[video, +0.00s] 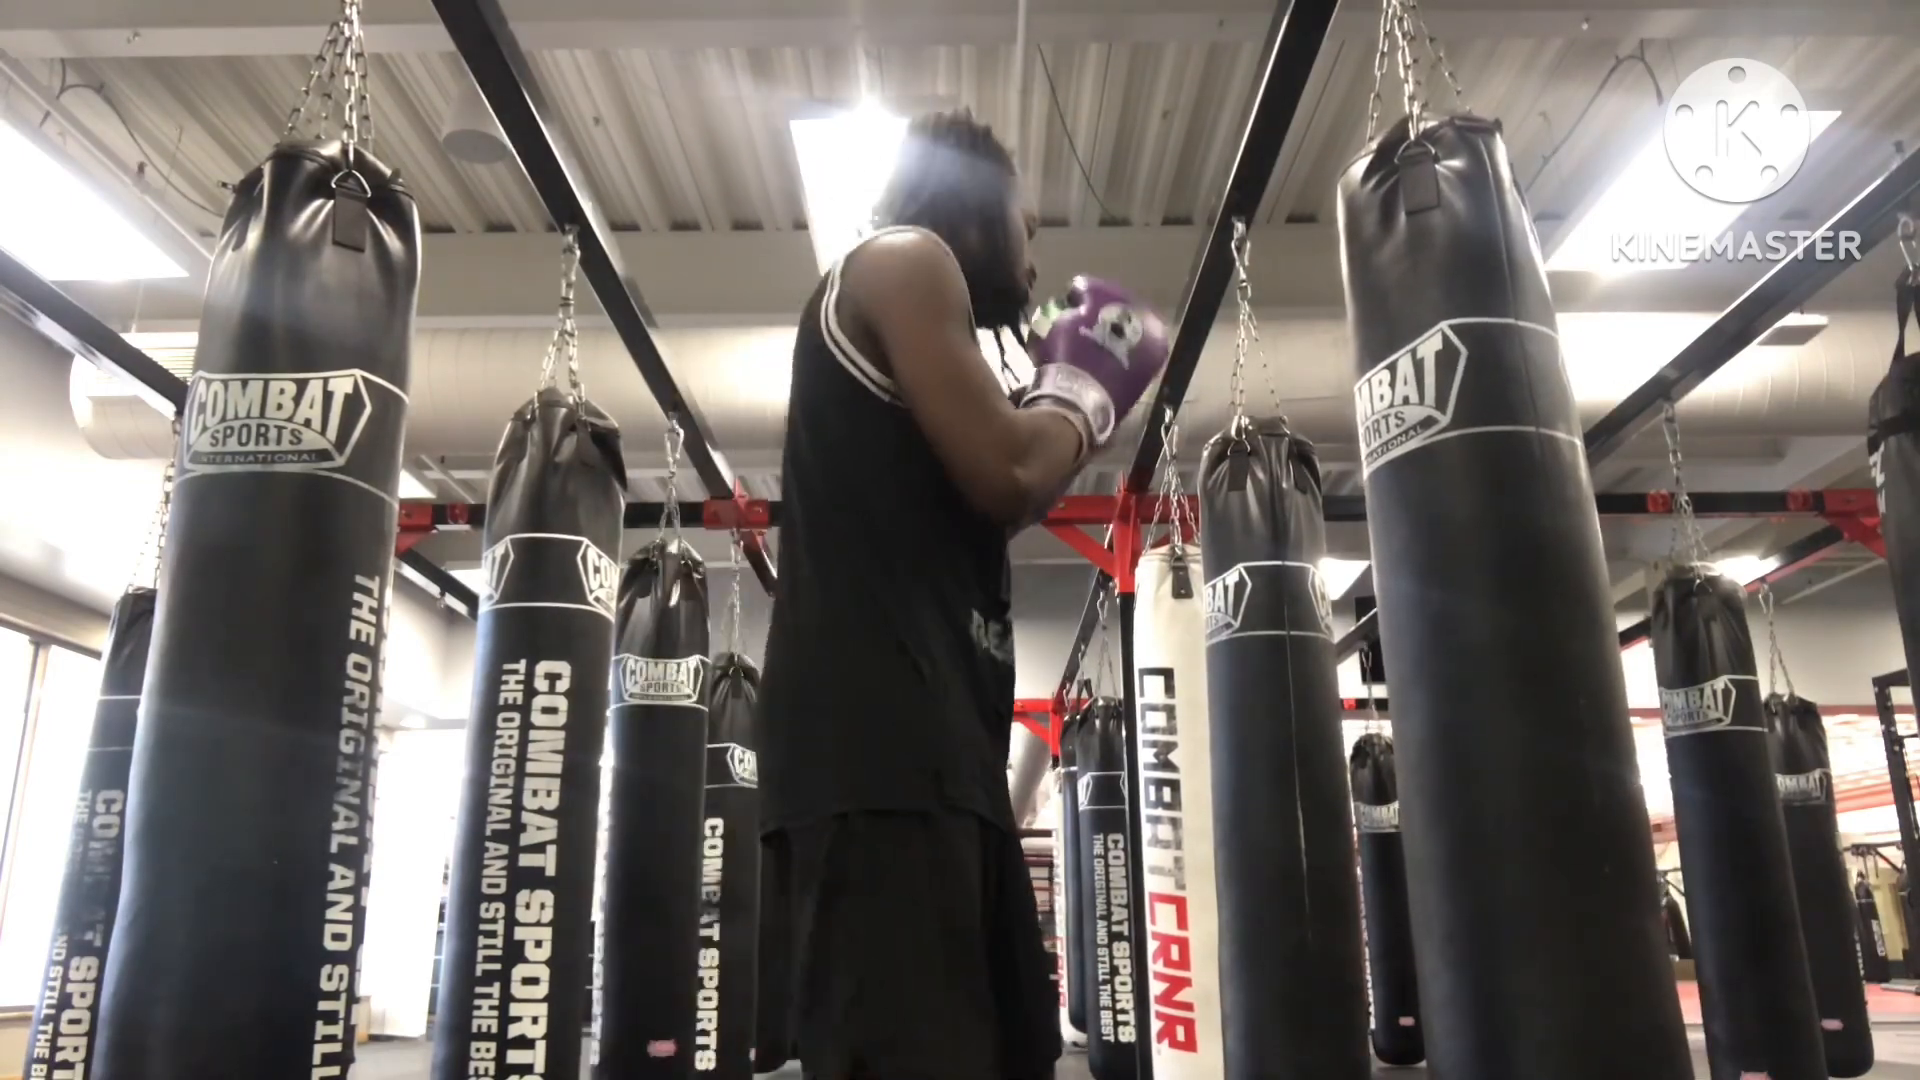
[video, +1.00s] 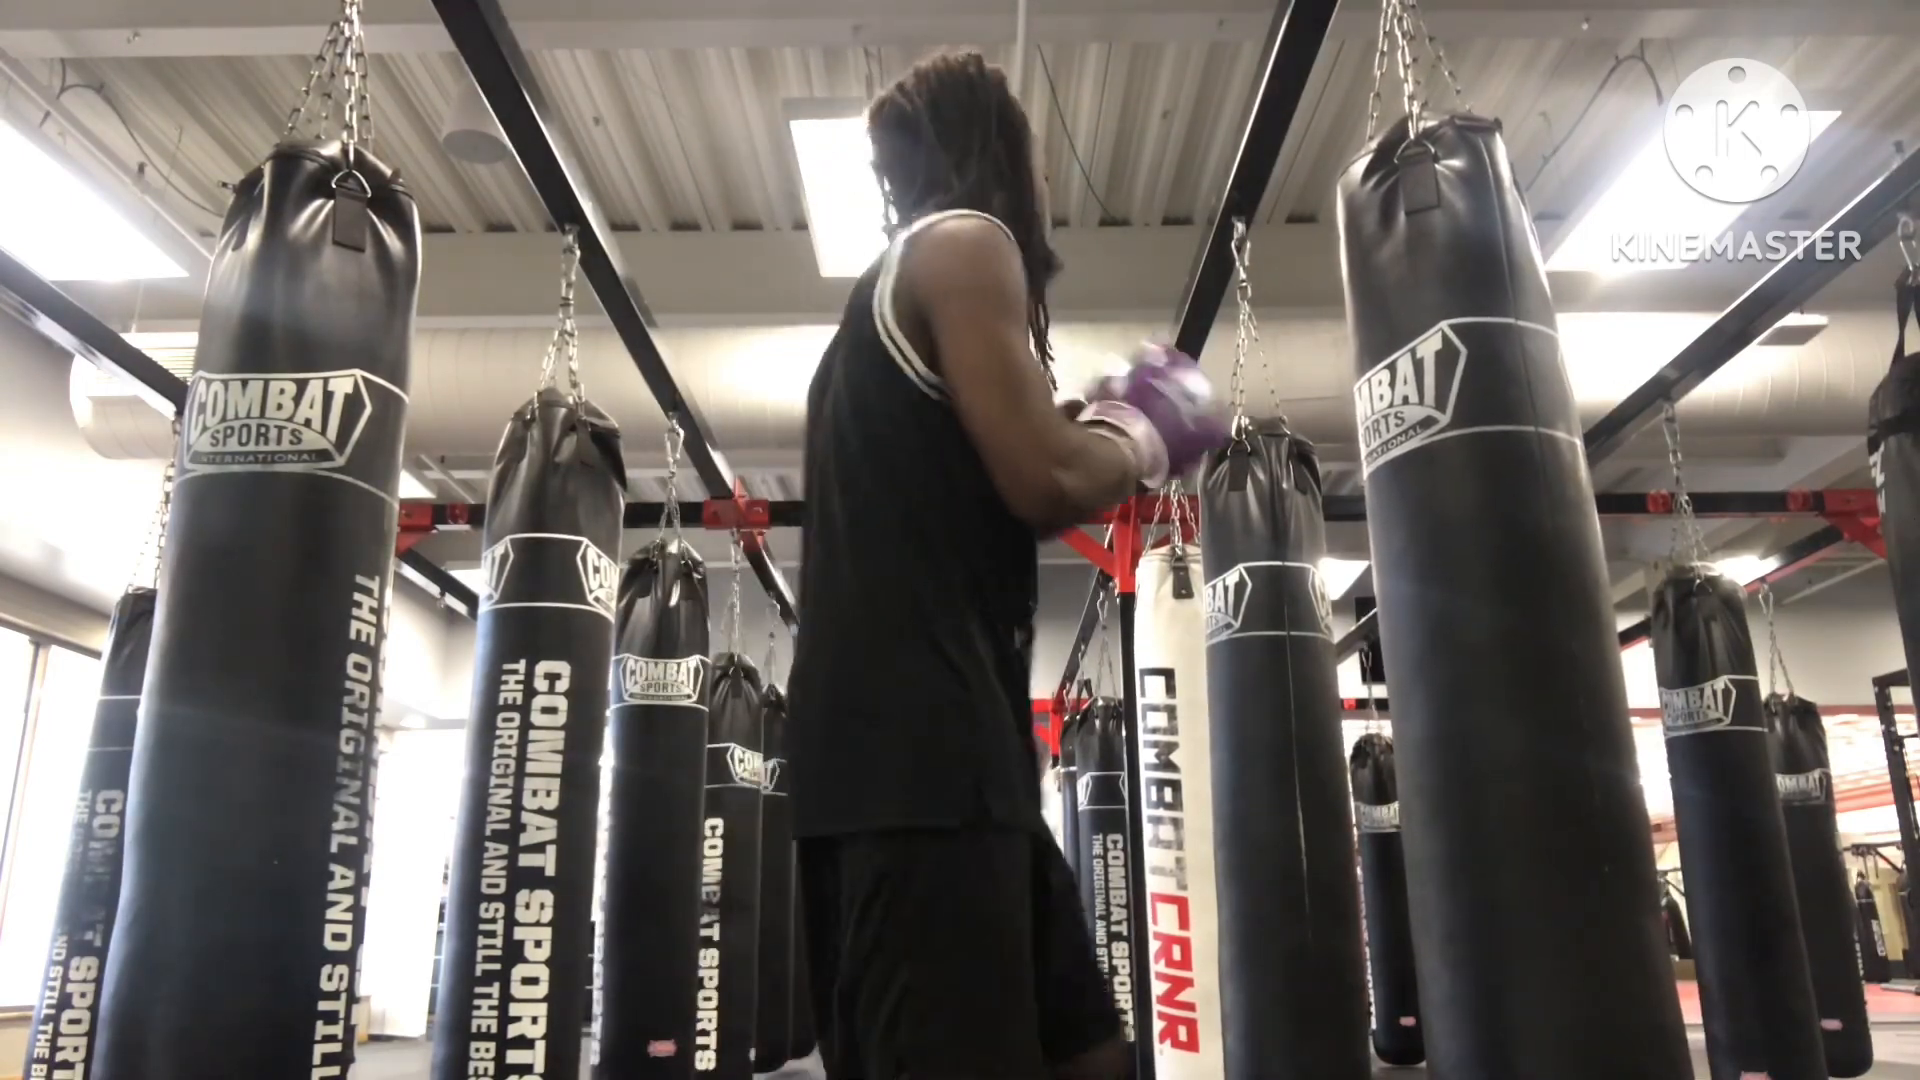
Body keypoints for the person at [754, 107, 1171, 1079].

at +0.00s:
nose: (1029, 235)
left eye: (1027, 213)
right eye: (1019, 207)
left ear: (922, 192)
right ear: (974, 196)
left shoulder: (885, 288)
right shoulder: (904, 260)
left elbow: (1000, 485)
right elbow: (1004, 479)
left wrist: (1071, 395)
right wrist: (1078, 392)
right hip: (888, 753)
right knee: (923, 1035)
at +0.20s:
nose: (1022, 193)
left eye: (1021, 168)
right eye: (1014, 162)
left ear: (890, 143)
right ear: (965, 145)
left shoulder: (819, 280)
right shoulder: (906, 209)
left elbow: (956, 475)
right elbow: (985, 457)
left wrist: (1038, 407)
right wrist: (1070, 406)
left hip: (817, 768)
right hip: (891, 769)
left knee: (838, 1044)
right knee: (961, 1042)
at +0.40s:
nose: (1016, 147)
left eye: (1013, 122)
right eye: (1006, 118)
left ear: (877, 116)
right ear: (962, 111)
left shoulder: (824, 260)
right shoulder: (910, 198)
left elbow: (908, 466)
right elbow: (996, 449)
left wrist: (1031, 384)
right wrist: (1083, 396)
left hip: (813, 762)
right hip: (890, 764)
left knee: (825, 1041)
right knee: (946, 1039)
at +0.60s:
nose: (1016, 146)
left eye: (1011, 124)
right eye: (1007, 122)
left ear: (890, 123)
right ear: (975, 121)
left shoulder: (878, 235)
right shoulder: (927, 213)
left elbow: (914, 433)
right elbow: (998, 453)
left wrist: (1012, 365)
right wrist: (1099, 416)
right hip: (906, 742)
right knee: (926, 1033)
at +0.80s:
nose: (1046, 167)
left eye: (1038, 142)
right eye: (1034, 140)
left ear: (914, 150)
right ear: (1001, 143)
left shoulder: (901, 262)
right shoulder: (948, 231)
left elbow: (1001, 468)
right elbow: (1017, 464)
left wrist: (1080, 397)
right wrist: (1102, 395)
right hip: (927, 753)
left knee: (868, 1050)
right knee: (962, 1051)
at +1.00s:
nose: (1037, 172)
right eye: (1029, 148)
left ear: (897, 164)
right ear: (1003, 146)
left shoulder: (880, 298)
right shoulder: (961, 245)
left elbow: (987, 483)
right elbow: (1047, 482)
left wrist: (1100, 413)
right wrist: (1147, 430)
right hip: (931, 772)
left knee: (1086, 1045)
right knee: (954, 1052)